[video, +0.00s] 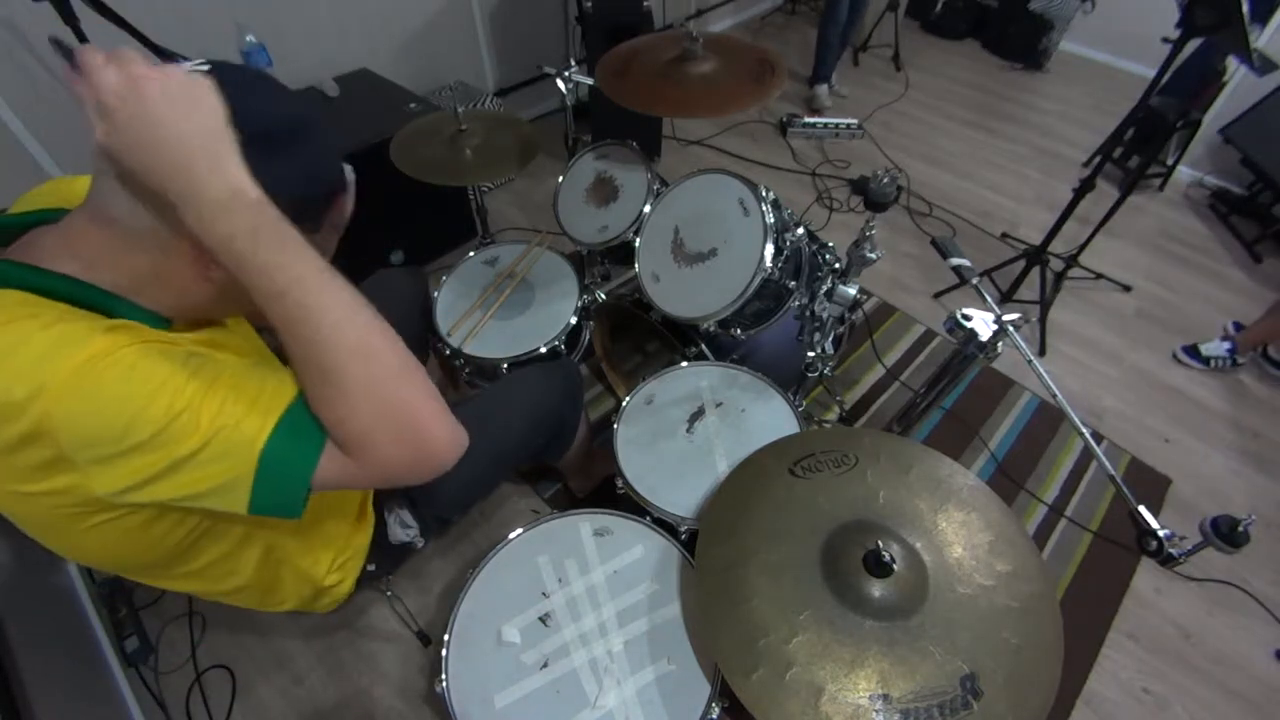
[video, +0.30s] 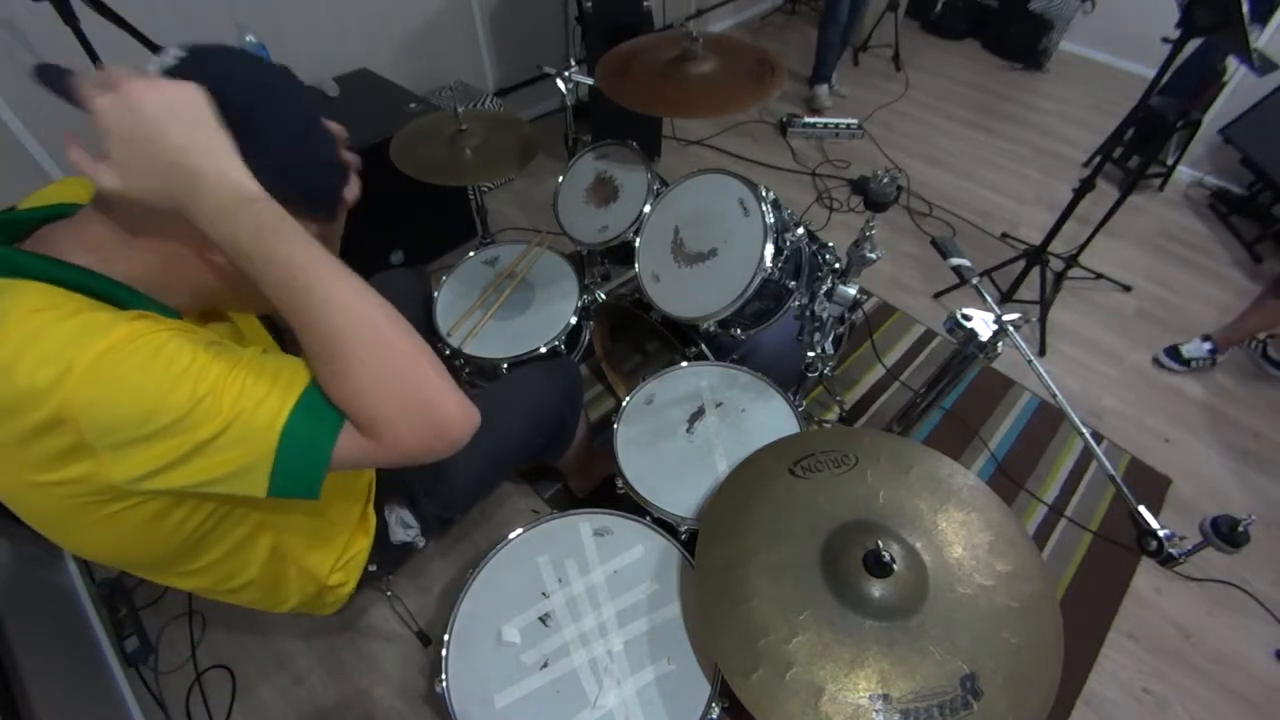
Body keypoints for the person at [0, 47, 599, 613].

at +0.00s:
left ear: (123, 180)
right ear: (215, 258)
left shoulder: (51, 209)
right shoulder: (85, 396)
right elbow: (422, 441)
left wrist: (315, 244)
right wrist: (218, 193)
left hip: (243, 377)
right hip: (334, 519)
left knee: (414, 285)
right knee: (555, 382)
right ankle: (580, 468)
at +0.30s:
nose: (278, 259)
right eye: (267, 239)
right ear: (212, 241)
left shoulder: (66, 210)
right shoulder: (100, 380)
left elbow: (272, 294)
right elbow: (437, 421)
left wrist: (323, 209)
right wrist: (220, 191)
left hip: (255, 372)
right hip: (333, 510)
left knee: (438, 281)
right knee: (555, 380)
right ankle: (579, 470)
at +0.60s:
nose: (287, 191)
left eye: (275, 165)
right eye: (252, 174)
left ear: (128, 197)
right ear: (139, 204)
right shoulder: (66, 361)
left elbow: (328, 275)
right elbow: (418, 379)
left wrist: (319, 169)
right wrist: (165, 150)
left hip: (272, 358)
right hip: (335, 504)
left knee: (494, 275)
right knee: (554, 376)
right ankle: (574, 470)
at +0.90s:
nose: (285, 187)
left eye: (270, 158)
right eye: (247, 173)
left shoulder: (101, 240)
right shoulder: (61, 362)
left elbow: (326, 250)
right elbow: (429, 380)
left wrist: (273, 115)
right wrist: (148, 188)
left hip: (274, 356)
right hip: (338, 504)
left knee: (496, 275)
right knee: (553, 378)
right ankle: (573, 471)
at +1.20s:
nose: (256, 204)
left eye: (243, 179)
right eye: (231, 185)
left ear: (140, 195)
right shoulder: (92, 383)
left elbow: (288, 257)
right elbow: (416, 422)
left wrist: (272, 134)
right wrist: (272, 156)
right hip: (348, 507)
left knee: (473, 273)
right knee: (552, 377)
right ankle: (577, 469)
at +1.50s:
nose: (205, 146)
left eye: (194, 123)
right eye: (190, 128)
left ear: (119, 171)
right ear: (127, 168)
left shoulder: (40, 274)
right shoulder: (162, 369)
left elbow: (210, 338)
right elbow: (354, 446)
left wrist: (356, 296)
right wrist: (451, 337)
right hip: (337, 526)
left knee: (421, 305)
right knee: (559, 377)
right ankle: (573, 476)